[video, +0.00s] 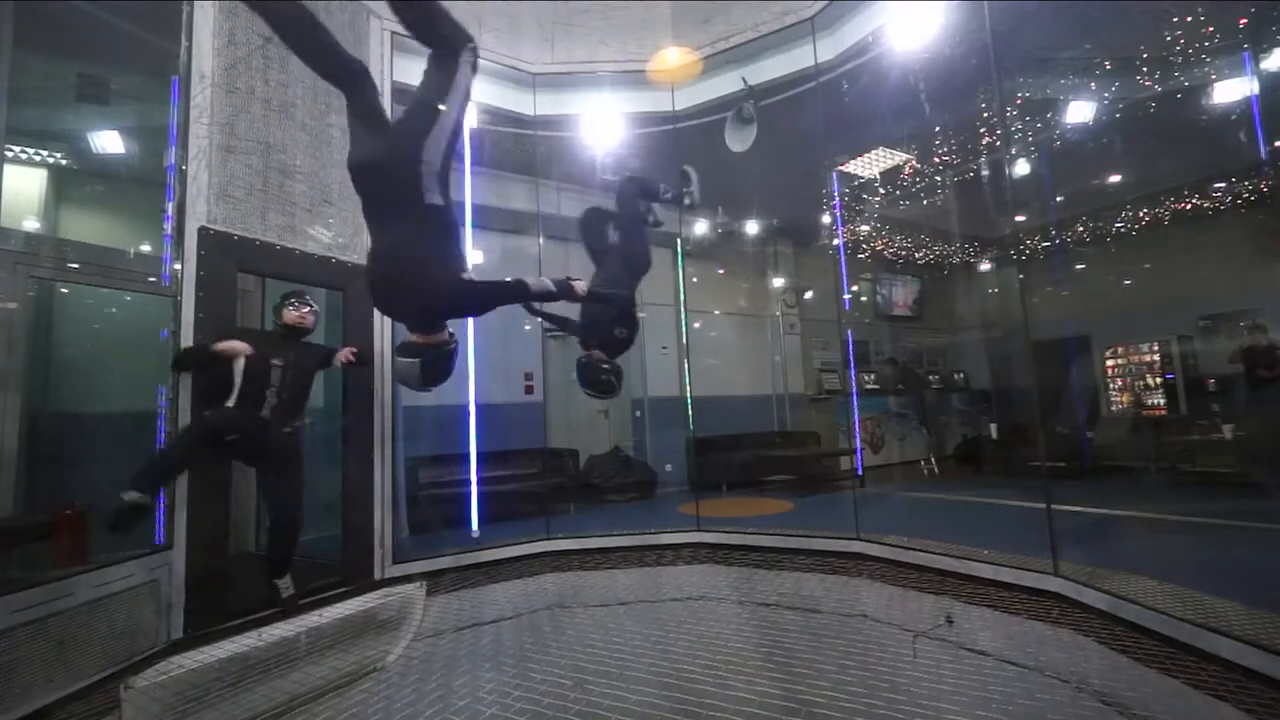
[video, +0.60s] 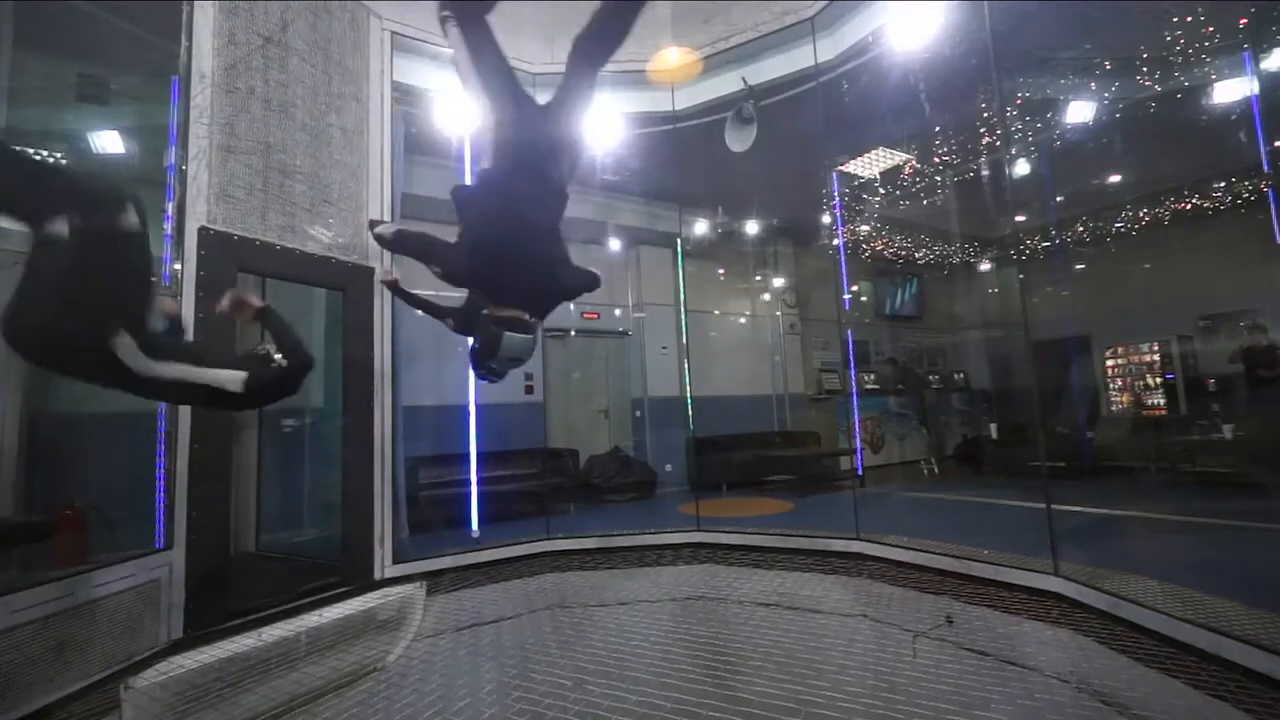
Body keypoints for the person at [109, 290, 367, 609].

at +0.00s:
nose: (305, 312)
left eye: (310, 309)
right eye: (297, 306)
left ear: (314, 321)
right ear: (280, 313)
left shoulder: (312, 352)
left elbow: (329, 356)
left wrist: (341, 356)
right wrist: (218, 349)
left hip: (282, 440)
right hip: (243, 431)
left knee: (288, 516)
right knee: (204, 426)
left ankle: (279, 575)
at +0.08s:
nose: (299, 306)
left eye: (305, 304)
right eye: (291, 301)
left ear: (309, 318)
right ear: (275, 308)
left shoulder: (309, 349)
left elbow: (364, 356)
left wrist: (338, 350)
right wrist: (182, 349)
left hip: (265, 434)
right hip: (222, 419)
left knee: (270, 518)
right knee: (194, 418)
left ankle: (265, 553)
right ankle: (124, 466)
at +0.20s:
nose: (287, 305)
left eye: (294, 304)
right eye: (280, 300)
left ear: (300, 318)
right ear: (263, 307)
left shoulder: (301, 350)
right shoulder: (231, 331)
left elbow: (363, 360)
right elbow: (180, 352)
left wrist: (333, 348)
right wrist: (175, 355)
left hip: (239, 440)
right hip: (199, 423)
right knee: (168, 385)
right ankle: (91, 442)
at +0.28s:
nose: (284, 309)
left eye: (292, 309)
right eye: (278, 303)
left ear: (297, 326)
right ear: (259, 310)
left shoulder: (294, 354)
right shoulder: (225, 336)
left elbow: (356, 364)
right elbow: (179, 361)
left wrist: (320, 344)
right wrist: (162, 378)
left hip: (218, 439)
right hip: (177, 419)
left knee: (218, 420)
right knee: (147, 353)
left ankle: (189, 505)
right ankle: (63, 415)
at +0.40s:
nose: (277, 321)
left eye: (286, 322)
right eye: (274, 317)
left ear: (293, 335)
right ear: (263, 324)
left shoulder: (285, 368)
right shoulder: (235, 350)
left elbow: (347, 366)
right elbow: (194, 370)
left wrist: (306, 330)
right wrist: (183, 356)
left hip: (182, 423)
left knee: (162, 337)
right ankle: (9, 325)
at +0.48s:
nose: (270, 336)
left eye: (279, 337)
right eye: (272, 334)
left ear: (286, 350)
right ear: (268, 341)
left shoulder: (279, 372)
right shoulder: (248, 362)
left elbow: (323, 361)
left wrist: (284, 326)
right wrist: (259, 337)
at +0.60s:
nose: (262, 350)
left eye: (269, 354)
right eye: (267, 349)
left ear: (265, 373)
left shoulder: (241, 386)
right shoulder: (218, 371)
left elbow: (299, 362)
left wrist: (262, 312)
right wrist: (167, 318)